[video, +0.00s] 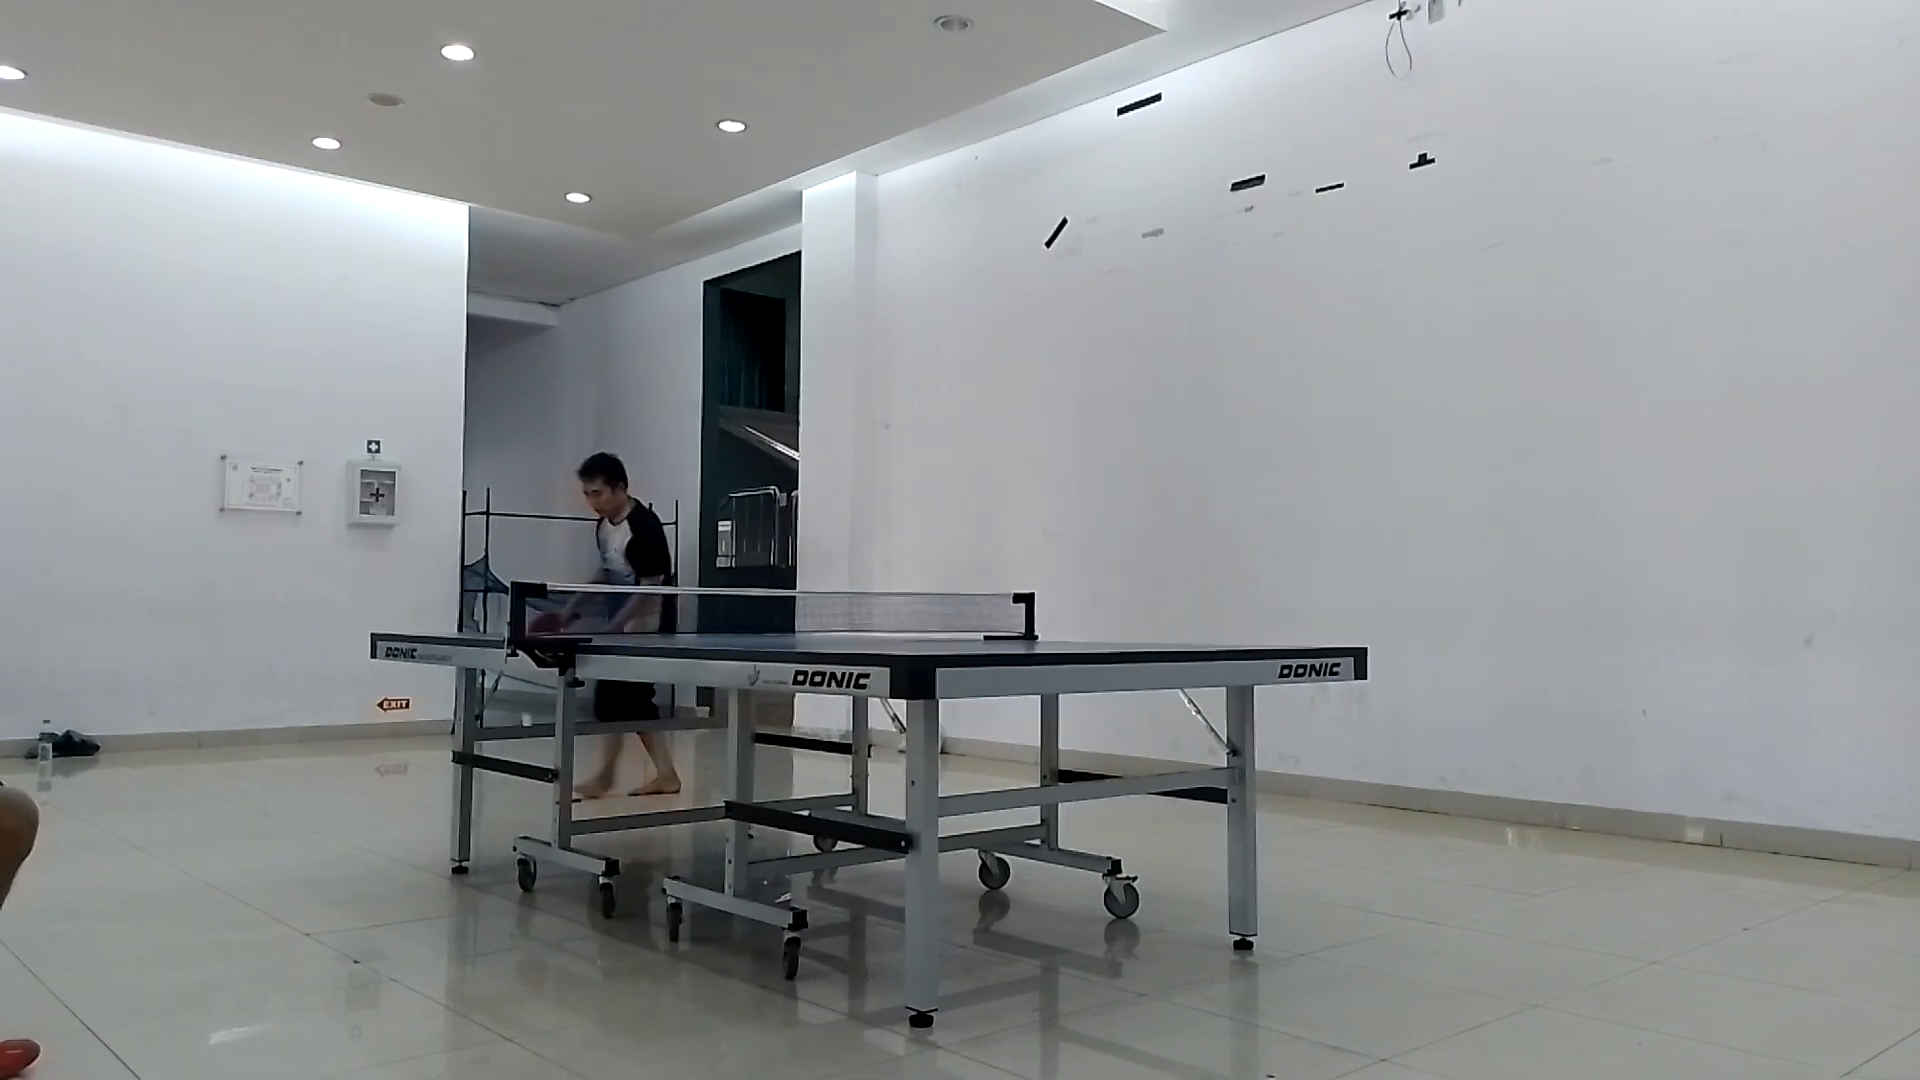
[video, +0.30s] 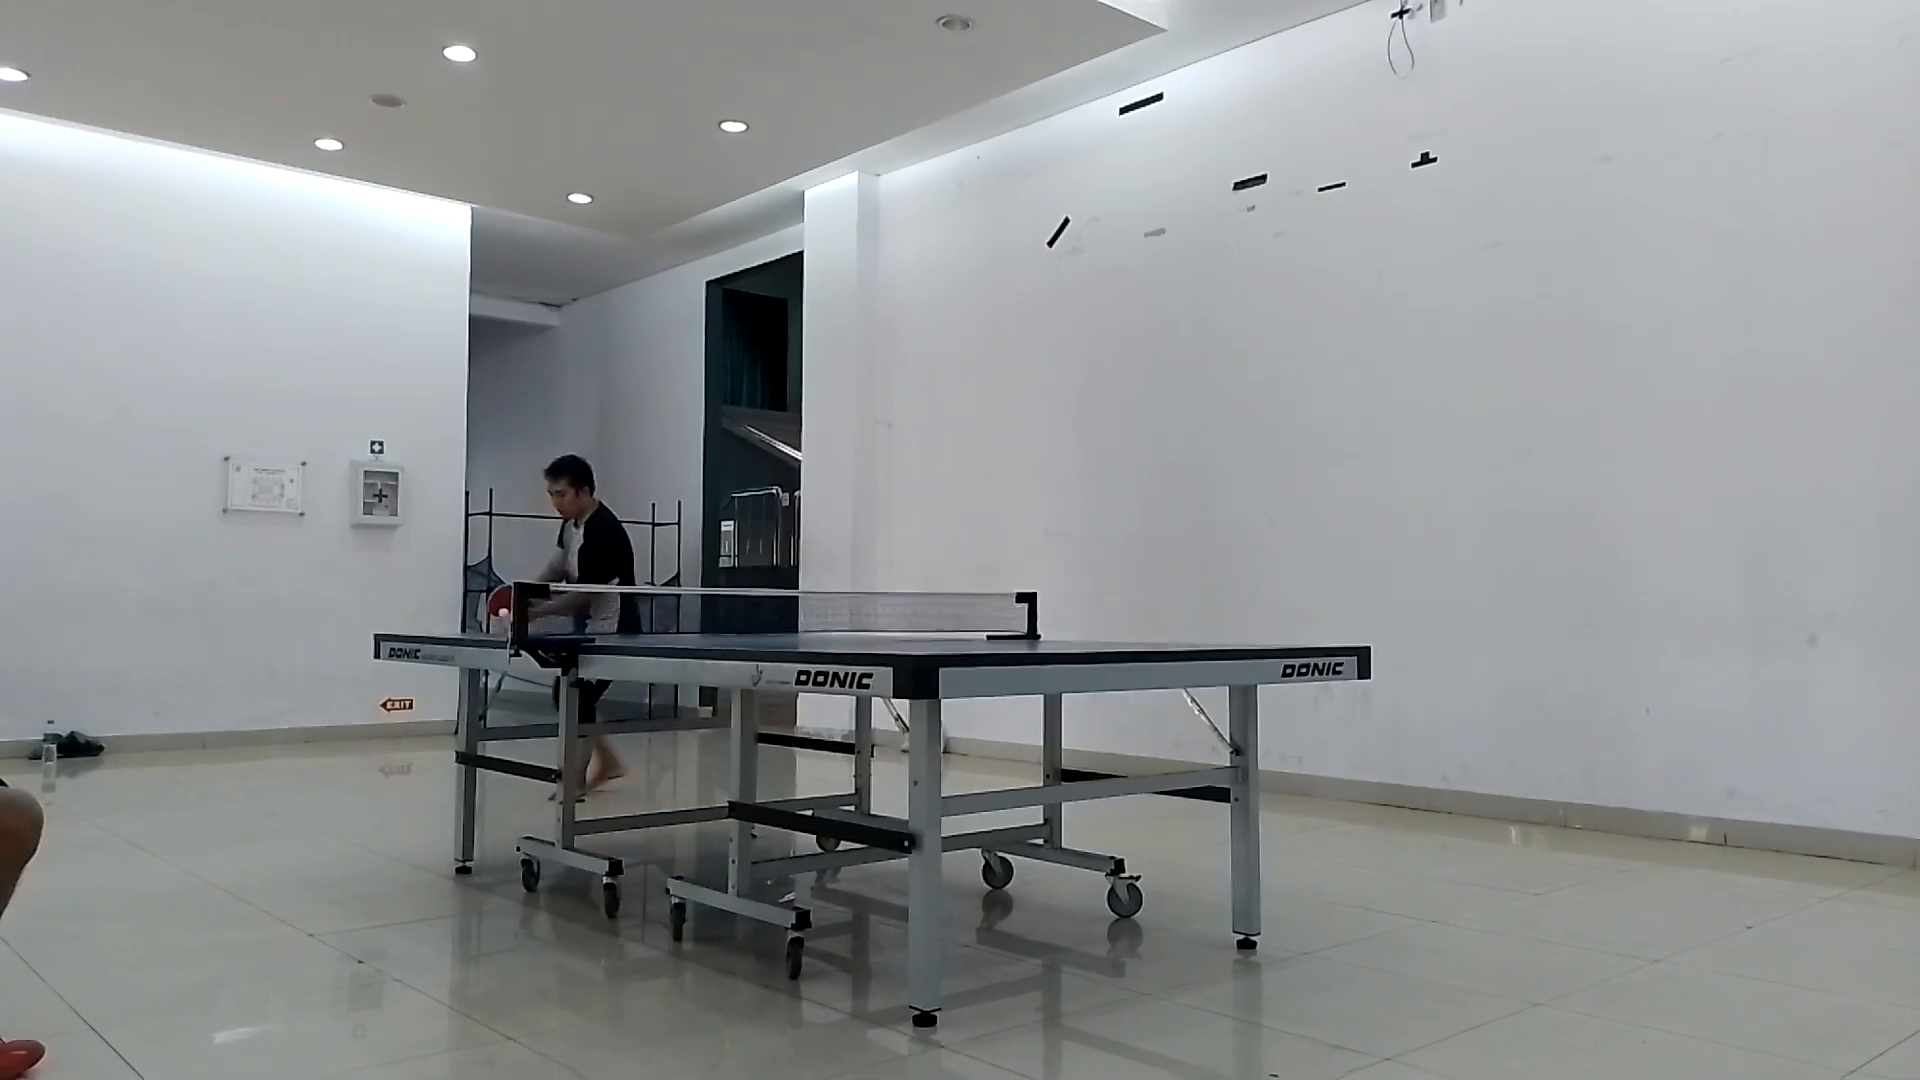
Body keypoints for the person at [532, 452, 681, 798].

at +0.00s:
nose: (590, 502)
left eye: (595, 493)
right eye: (587, 494)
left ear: (618, 487)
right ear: (590, 493)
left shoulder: (644, 525)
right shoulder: (604, 524)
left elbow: (651, 587)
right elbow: (605, 574)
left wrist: (615, 625)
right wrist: (570, 609)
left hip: (649, 623)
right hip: (626, 621)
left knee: (611, 693)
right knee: (636, 696)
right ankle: (667, 773)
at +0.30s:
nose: (554, 503)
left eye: (559, 495)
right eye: (551, 495)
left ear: (583, 491)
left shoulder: (603, 530)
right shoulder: (572, 524)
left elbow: (585, 597)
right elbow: (559, 567)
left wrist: (535, 612)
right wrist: (525, 592)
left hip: (616, 630)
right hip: (590, 623)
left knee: (578, 696)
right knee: (569, 691)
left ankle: (573, 781)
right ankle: (607, 759)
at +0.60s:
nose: (544, 480)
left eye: (553, 473)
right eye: (538, 473)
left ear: (571, 476)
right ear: (532, 477)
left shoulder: (590, 521)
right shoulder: (531, 518)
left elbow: (584, 584)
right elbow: (518, 570)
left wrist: (538, 613)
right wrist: (510, 606)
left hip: (580, 627)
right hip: (540, 624)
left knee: (573, 703)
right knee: (524, 699)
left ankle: (576, 781)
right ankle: (526, 780)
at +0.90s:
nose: (544, 478)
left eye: (552, 470)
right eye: (536, 470)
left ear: (562, 474)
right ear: (521, 475)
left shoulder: (582, 521)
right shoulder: (499, 515)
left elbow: (604, 576)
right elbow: (469, 562)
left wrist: (590, 603)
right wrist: (483, 598)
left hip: (562, 626)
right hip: (514, 625)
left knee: (557, 705)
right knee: (509, 701)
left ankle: (549, 784)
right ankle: (517, 780)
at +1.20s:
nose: (557, 477)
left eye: (564, 469)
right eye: (548, 469)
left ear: (575, 472)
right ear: (532, 472)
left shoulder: (591, 522)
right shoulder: (509, 508)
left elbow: (602, 583)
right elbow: (473, 557)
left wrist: (601, 594)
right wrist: (499, 589)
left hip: (567, 628)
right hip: (517, 624)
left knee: (563, 709)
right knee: (492, 702)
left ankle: (549, 784)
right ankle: (494, 764)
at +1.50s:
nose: (554, 474)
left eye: (561, 466)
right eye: (544, 466)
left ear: (571, 471)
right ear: (527, 471)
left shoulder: (586, 523)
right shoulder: (504, 510)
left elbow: (598, 584)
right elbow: (462, 559)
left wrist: (611, 593)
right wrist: (491, 568)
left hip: (564, 633)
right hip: (515, 630)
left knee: (561, 717)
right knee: (491, 713)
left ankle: (548, 791)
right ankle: (471, 796)